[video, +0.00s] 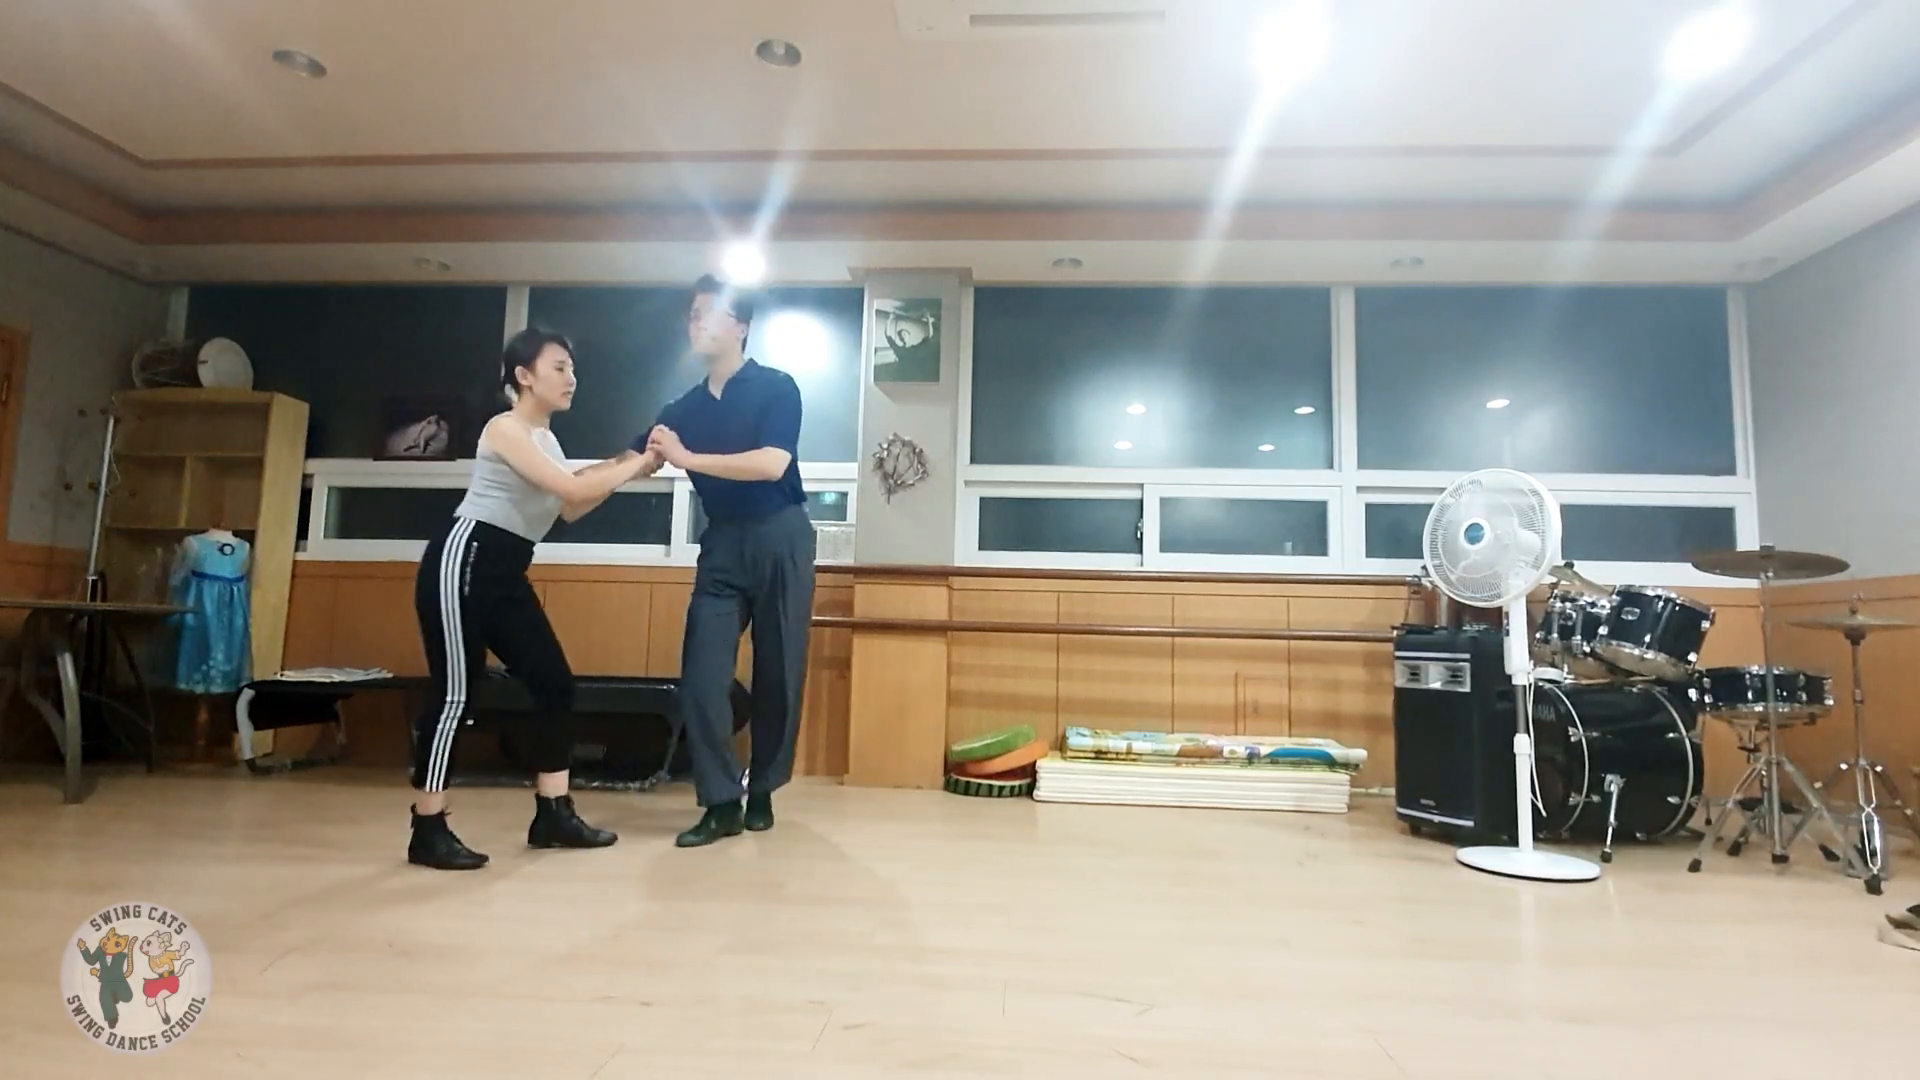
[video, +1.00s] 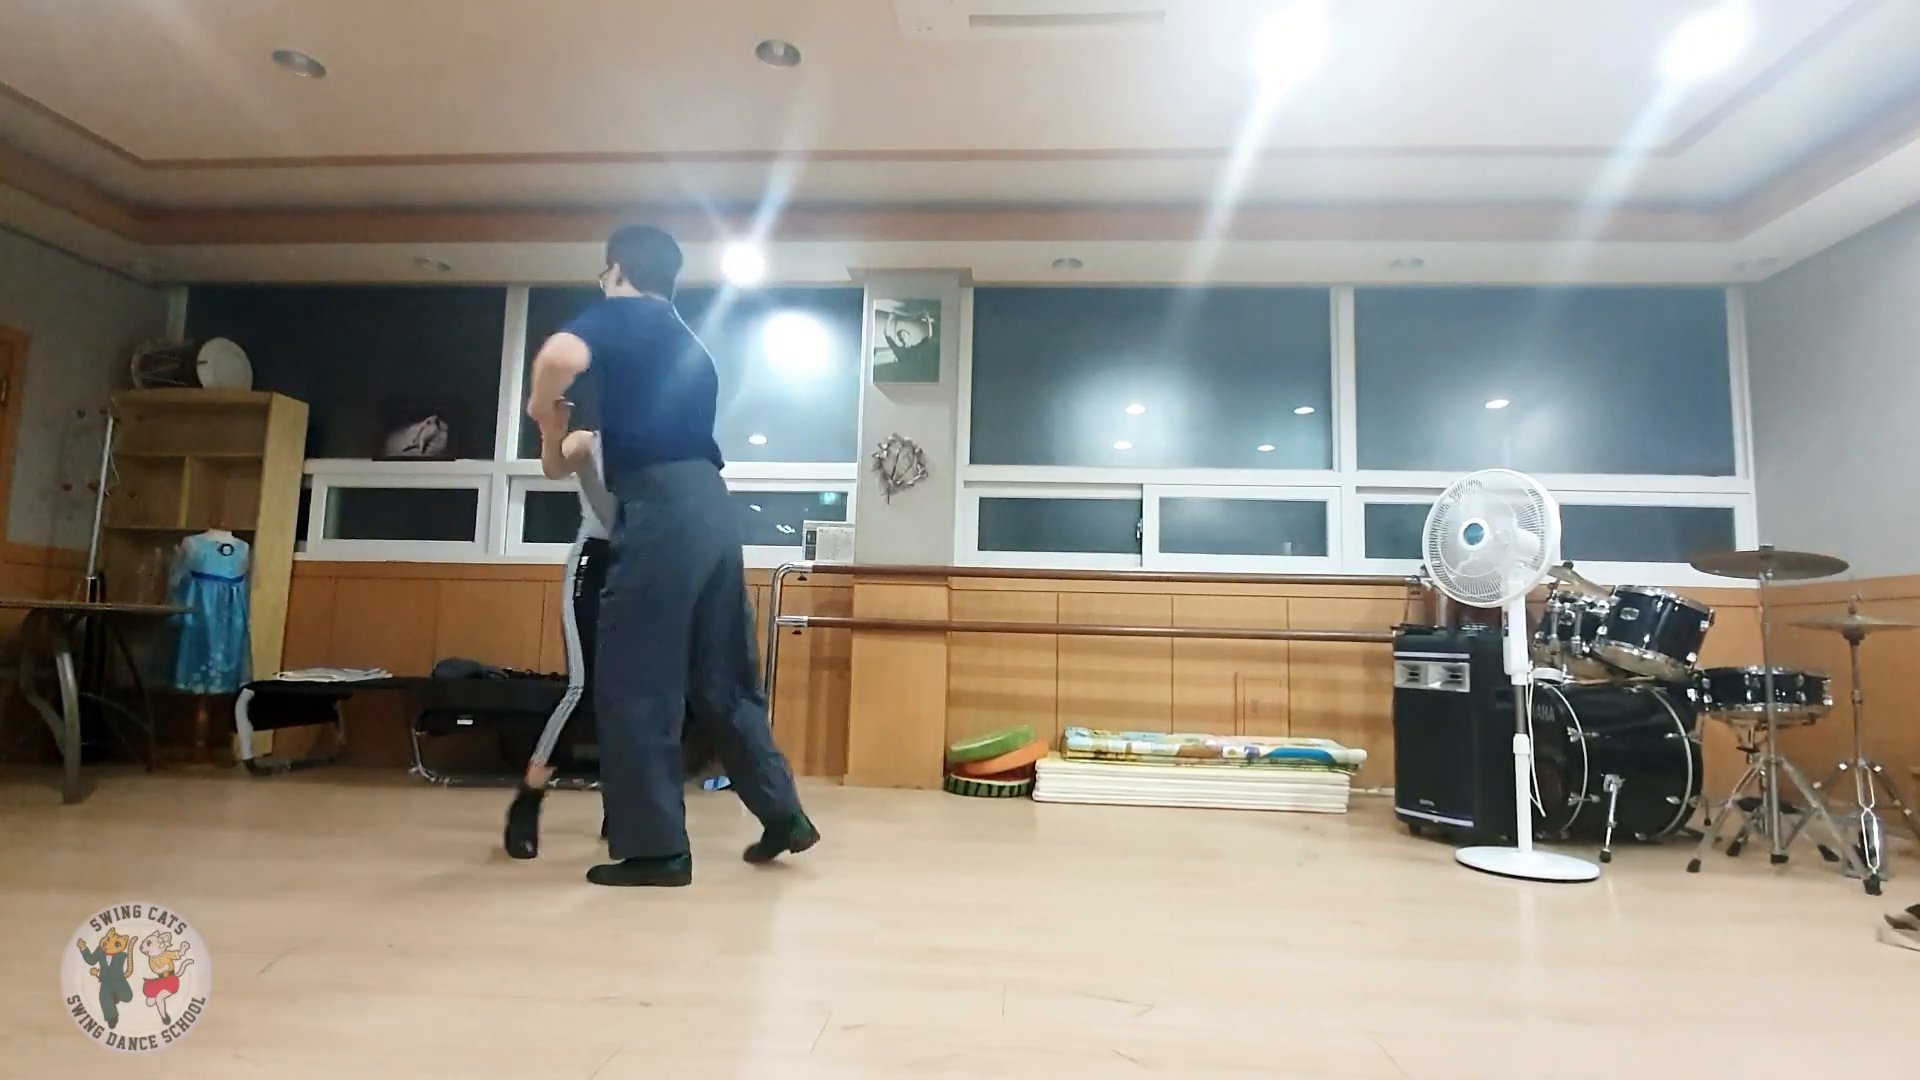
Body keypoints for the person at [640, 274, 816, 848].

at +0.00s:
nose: (692, 325)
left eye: (705, 315)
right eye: (692, 315)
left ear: (739, 327)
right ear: (694, 326)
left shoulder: (776, 386)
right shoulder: (684, 412)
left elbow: (773, 462)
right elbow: (632, 463)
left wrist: (688, 459)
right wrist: (578, 481)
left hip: (781, 540)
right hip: (722, 545)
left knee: (777, 676)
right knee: (703, 678)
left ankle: (762, 792)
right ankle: (722, 803)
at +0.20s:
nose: (690, 322)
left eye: (703, 312)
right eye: (687, 313)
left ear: (736, 322)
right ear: (684, 324)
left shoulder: (773, 382)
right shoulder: (680, 411)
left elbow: (782, 459)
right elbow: (636, 470)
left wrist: (698, 460)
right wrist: (574, 495)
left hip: (774, 540)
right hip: (714, 547)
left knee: (787, 676)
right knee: (699, 684)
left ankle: (795, 779)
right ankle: (723, 810)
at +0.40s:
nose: (687, 313)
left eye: (700, 302)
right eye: (681, 305)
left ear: (730, 311)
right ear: (676, 317)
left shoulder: (767, 372)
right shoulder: (677, 406)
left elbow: (790, 443)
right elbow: (647, 472)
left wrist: (705, 453)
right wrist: (596, 498)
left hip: (766, 539)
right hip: (706, 545)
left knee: (754, 670)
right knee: (697, 681)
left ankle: (754, 817)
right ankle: (716, 811)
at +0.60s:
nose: (662, 301)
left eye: (674, 290)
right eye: (662, 292)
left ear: (708, 296)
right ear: (677, 305)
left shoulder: (743, 356)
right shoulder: (687, 390)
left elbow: (768, 416)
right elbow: (665, 466)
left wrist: (683, 438)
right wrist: (610, 491)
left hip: (748, 532)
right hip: (703, 534)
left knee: (713, 675)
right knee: (686, 672)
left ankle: (684, 833)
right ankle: (715, 804)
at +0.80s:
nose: (622, 285)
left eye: (634, 272)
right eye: (625, 274)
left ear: (671, 280)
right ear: (668, 284)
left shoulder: (692, 329)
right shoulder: (683, 343)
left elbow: (679, 375)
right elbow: (716, 448)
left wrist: (609, 412)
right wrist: (649, 484)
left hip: (717, 521)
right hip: (716, 520)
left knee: (672, 676)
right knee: (710, 668)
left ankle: (664, 846)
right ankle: (721, 794)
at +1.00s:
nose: (601, 284)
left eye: (604, 274)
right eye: (605, 276)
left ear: (619, 273)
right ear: (668, 281)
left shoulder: (618, 315)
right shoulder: (688, 343)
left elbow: (555, 360)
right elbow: (657, 432)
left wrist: (549, 434)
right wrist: (580, 449)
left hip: (663, 508)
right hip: (713, 504)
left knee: (634, 682)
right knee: (723, 683)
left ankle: (654, 849)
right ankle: (784, 817)